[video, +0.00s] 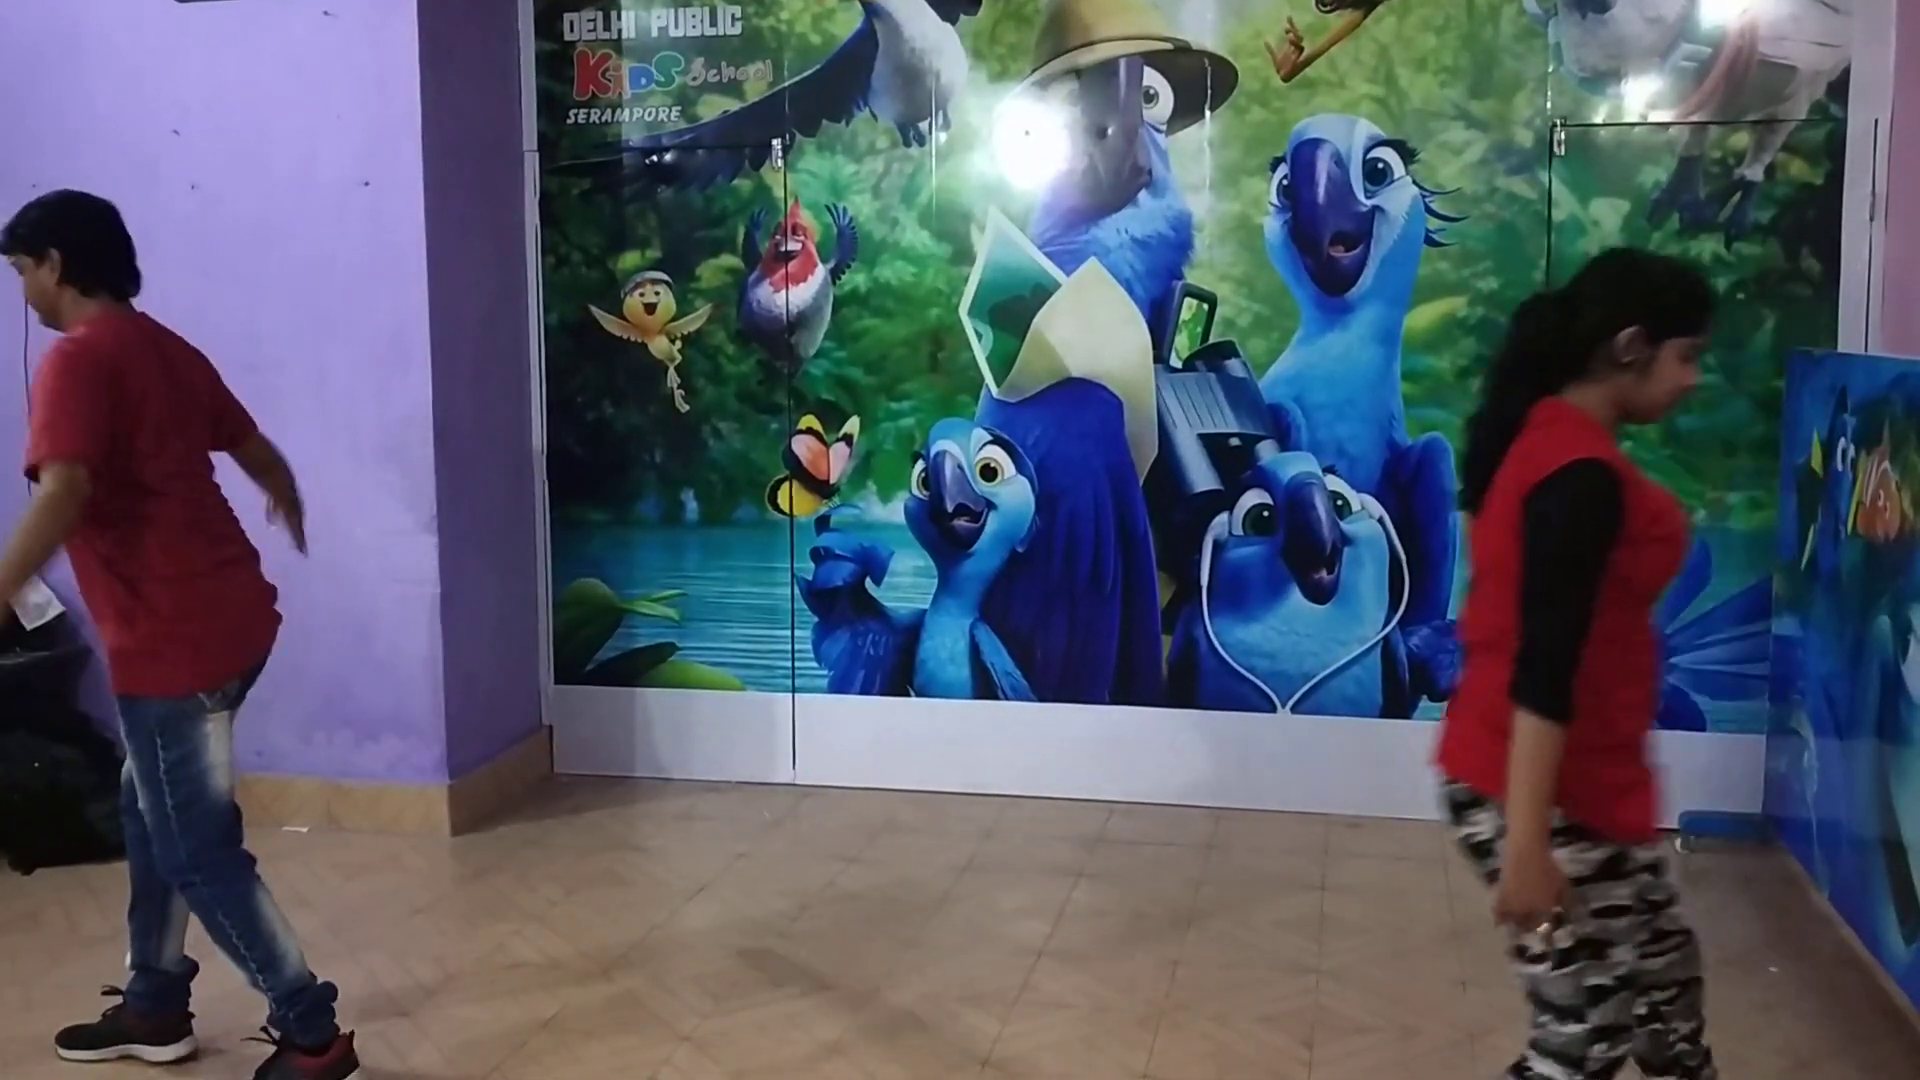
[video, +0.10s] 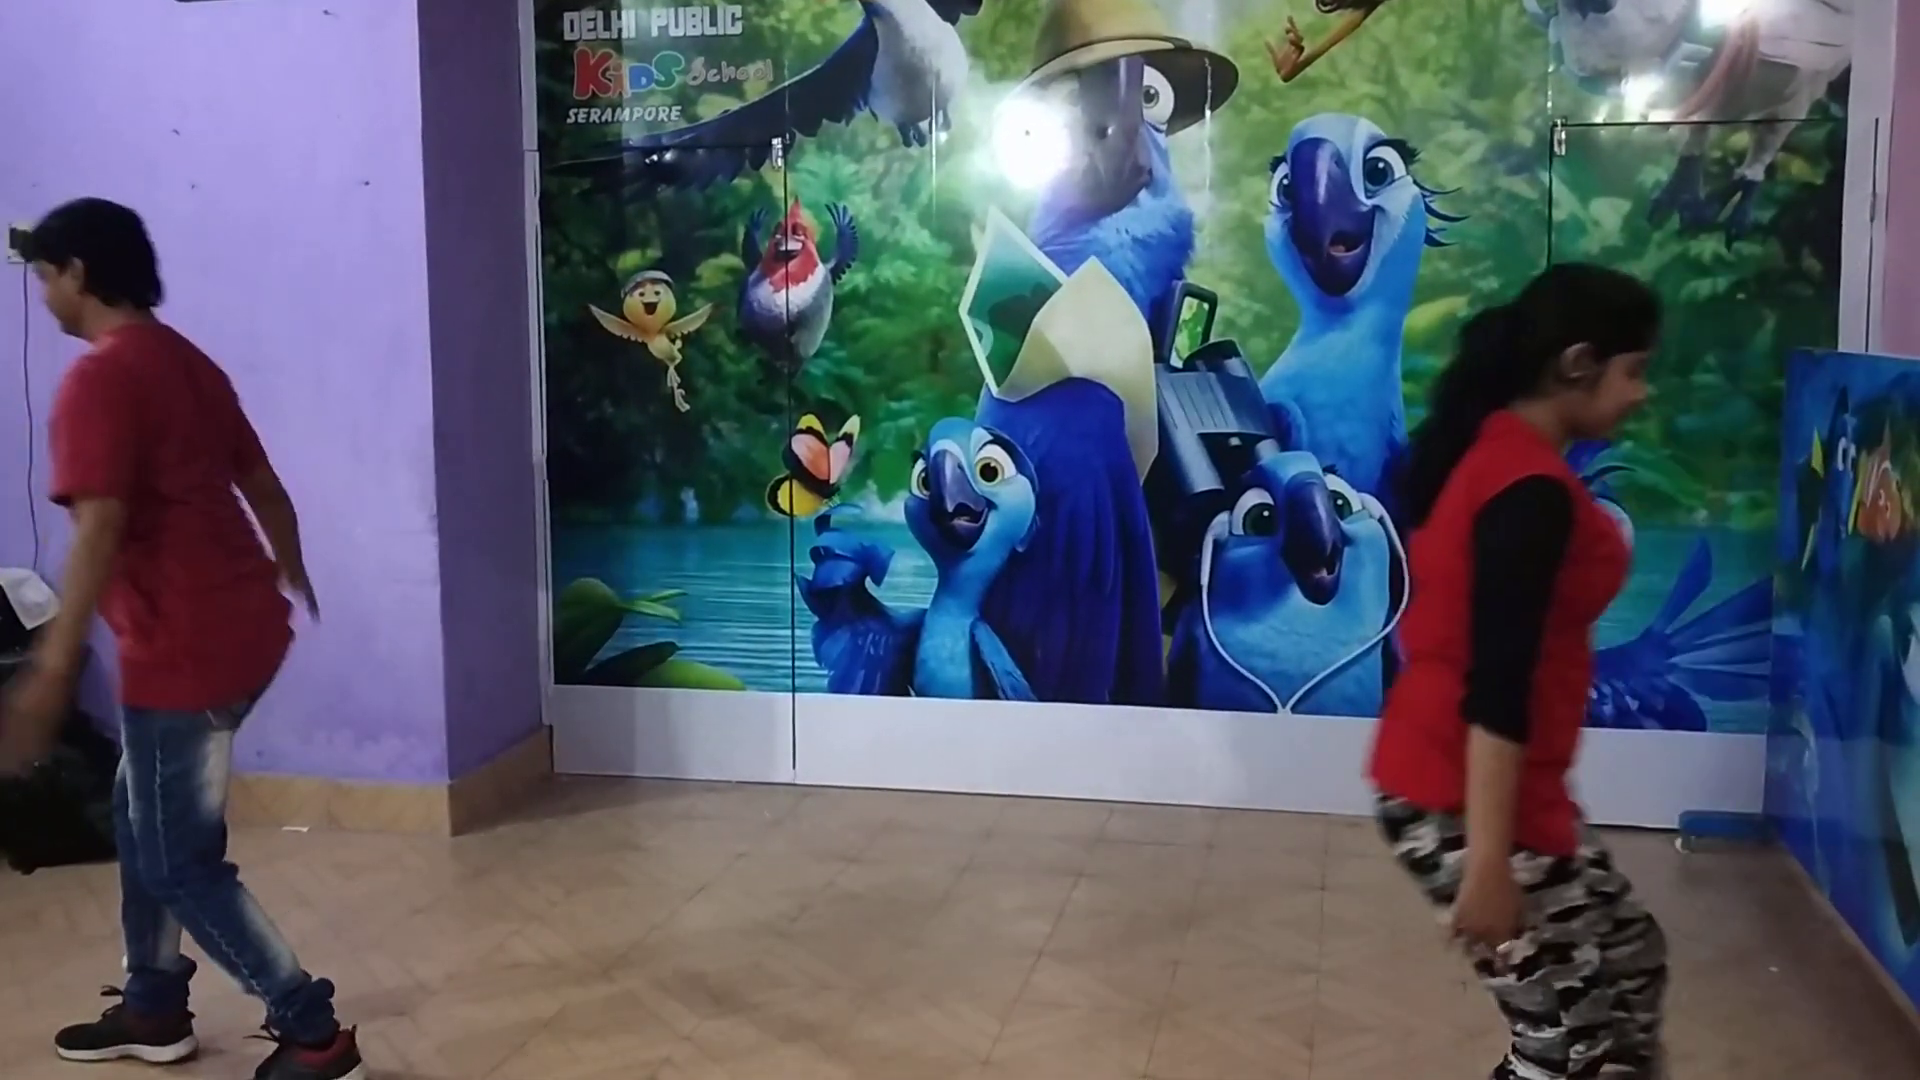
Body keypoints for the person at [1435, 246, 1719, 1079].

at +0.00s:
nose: (1693, 380)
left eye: (1697, 360)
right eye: (1687, 357)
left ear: (1621, 348)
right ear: (1628, 348)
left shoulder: (1555, 443)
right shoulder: (1578, 472)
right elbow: (1543, 671)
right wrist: (1526, 846)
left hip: (1586, 788)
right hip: (1544, 799)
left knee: (1665, 981)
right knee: (1584, 1032)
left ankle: (1675, 1070)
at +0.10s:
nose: (1642, 393)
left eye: (1644, 373)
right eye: (1635, 371)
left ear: (1568, 366)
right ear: (1575, 366)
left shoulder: (1499, 454)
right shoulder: (1528, 488)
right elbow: (1498, 693)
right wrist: (1488, 869)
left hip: (1498, 788)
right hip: (1464, 806)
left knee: (1627, 955)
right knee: (1567, 1026)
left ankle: (1612, 1066)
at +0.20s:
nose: (1581, 403)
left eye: (1584, 382)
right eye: (1574, 381)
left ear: (1508, 374)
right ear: (1516, 376)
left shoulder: (1436, 461)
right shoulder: (1471, 498)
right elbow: (1442, 704)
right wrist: (1437, 880)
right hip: (1412, 810)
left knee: (1571, 958)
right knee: (1538, 1005)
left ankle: (1511, 1063)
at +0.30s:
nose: (1513, 399)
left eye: (1515, 379)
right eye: (1505, 378)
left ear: (1441, 373)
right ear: (1447, 373)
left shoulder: (1363, 463)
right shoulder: (1404, 498)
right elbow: (1378, 703)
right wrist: (1375, 877)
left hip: (1328, 787)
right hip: (1375, 804)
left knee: (1457, 985)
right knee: (1502, 1020)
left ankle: (1327, 1064)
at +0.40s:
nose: (1438, 388)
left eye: (1438, 368)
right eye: (1429, 367)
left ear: (1363, 365)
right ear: (1372, 365)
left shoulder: (1293, 456)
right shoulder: (1326, 488)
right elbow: (1303, 691)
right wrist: (1305, 861)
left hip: (1263, 780)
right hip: (1320, 795)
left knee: (1328, 996)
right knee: (1440, 1000)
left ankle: (1171, 1066)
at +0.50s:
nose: (1359, 378)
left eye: (1360, 358)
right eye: (1352, 357)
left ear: (1286, 352)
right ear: (1301, 355)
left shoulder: (1213, 442)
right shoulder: (1242, 479)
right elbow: (1223, 679)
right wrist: (1230, 848)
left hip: (1176, 762)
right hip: (1231, 779)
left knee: (1204, 982)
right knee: (1339, 990)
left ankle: (1108, 1072)